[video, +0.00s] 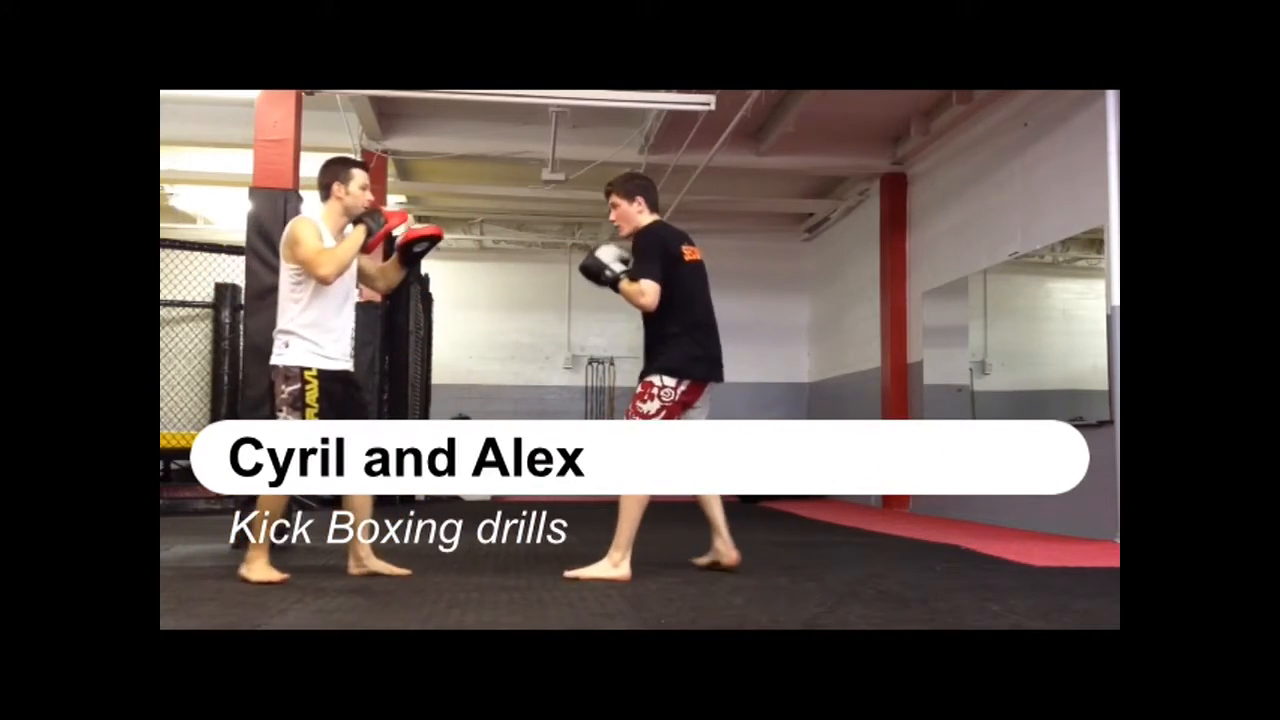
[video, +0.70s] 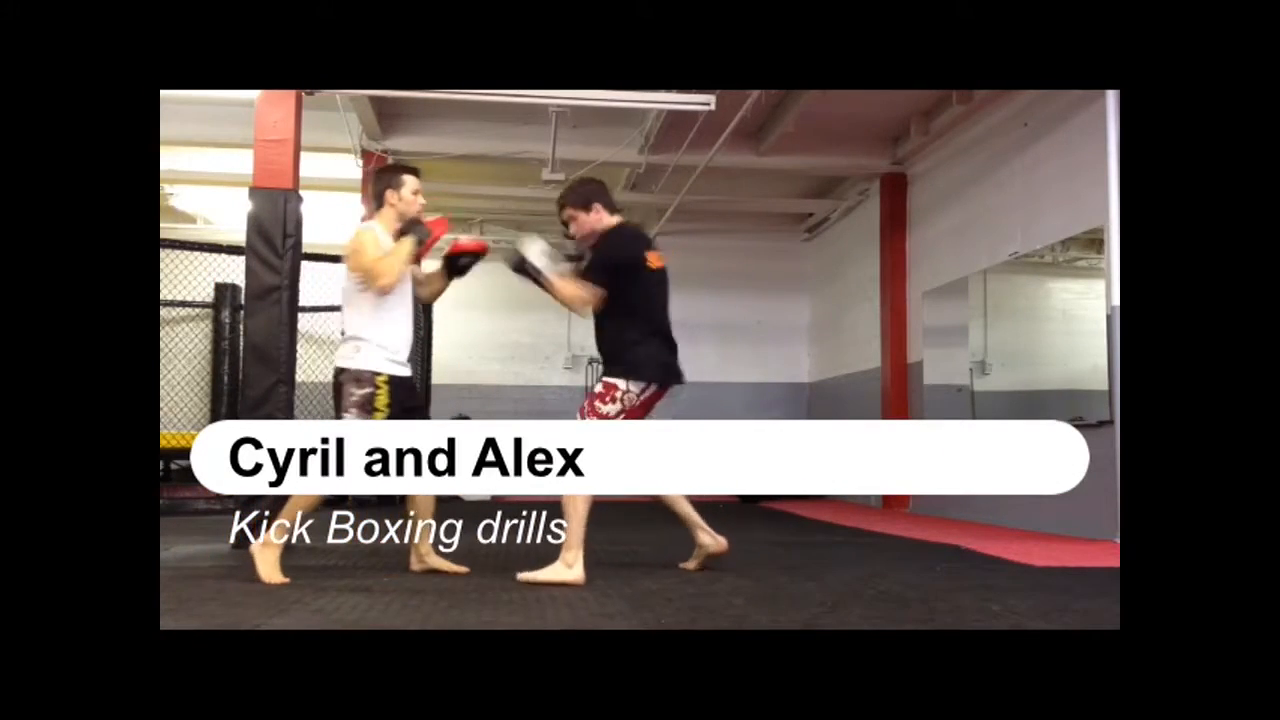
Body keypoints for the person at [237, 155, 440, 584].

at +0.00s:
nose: (369, 197)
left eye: (369, 190)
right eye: (362, 188)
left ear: (344, 193)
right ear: (336, 189)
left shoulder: (347, 240)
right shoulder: (302, 228)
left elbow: (384, 280)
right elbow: (325, 269)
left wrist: (406, 251)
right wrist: (363, 229)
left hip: (339, 365)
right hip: (300, 363)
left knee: (362, 456)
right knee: (288, 460)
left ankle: (361, 552)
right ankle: (256, 556)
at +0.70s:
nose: (422, 202)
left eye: (422, 194)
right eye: (415, 194)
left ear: (399, 198)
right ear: (392, 197)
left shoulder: (401, 242)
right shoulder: (365, 236)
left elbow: (423, 291)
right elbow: (381, 279)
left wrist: (451, 267)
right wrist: (414, 238)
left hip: (398, 369)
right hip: (363, 369)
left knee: (424, 459)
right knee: (342, 463)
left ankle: (423, 549)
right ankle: (271, 542)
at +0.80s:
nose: (435, 207)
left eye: (435, 200)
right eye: (429, 199)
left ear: (402, 203)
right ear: (405, 201)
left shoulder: (380, 240)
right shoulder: (397, 231)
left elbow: (394, 297)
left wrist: (434, 286)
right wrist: (467, 221)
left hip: (386, 367)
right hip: (372, 368)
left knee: (415, 459)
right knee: (343, 463)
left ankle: (422, 548)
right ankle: (273, 541)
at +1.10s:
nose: (429, 214)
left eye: (432, 207)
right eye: (423, 204)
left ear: (419, 211)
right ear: (397, 202)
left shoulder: (408, 249)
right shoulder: (373, 233)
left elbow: (439, 296)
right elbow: (402, 264)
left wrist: (459, 270)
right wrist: (439, 225)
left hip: (389, 371)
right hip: (352, 367)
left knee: (423, 455)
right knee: (323, 460)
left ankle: (422, 549)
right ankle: (264, 551)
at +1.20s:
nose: (412, 209)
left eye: (414, 202)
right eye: (405, 201)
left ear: (403, 207)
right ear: (377, 203)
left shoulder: (399, 247)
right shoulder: (351, 237)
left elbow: (438, 279)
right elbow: (348, 280)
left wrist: (455, 247)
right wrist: (400, 251)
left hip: (384, 375)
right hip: (341, 373)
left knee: (421, 455)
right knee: (307, 466)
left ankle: (423, 550)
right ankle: (261, 559)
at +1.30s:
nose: (391, 205)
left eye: (392, 198)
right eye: (384, 197)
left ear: (372, 201)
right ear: (358, 199)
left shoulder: (383, 243)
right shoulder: (326, 236)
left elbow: (418, 273)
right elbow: (309, 282)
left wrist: (450, 248)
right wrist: (366, 260)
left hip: (376, 369)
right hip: (326, 369)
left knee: (414, 452)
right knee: (298, 465)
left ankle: (423, 543)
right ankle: (260, 559)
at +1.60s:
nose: (380, 201)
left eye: (382, 194)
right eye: (372, 192)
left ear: (379, 201)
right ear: (347, 195)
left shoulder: (367, 247)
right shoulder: (314, 235)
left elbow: (396, 284)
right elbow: (326, 267)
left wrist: (412, 254)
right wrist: (353, 221)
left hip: (362, 367)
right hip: (318, 364)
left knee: (395, 451)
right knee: (300, 459)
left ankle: (396, 550)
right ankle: (260, 559)